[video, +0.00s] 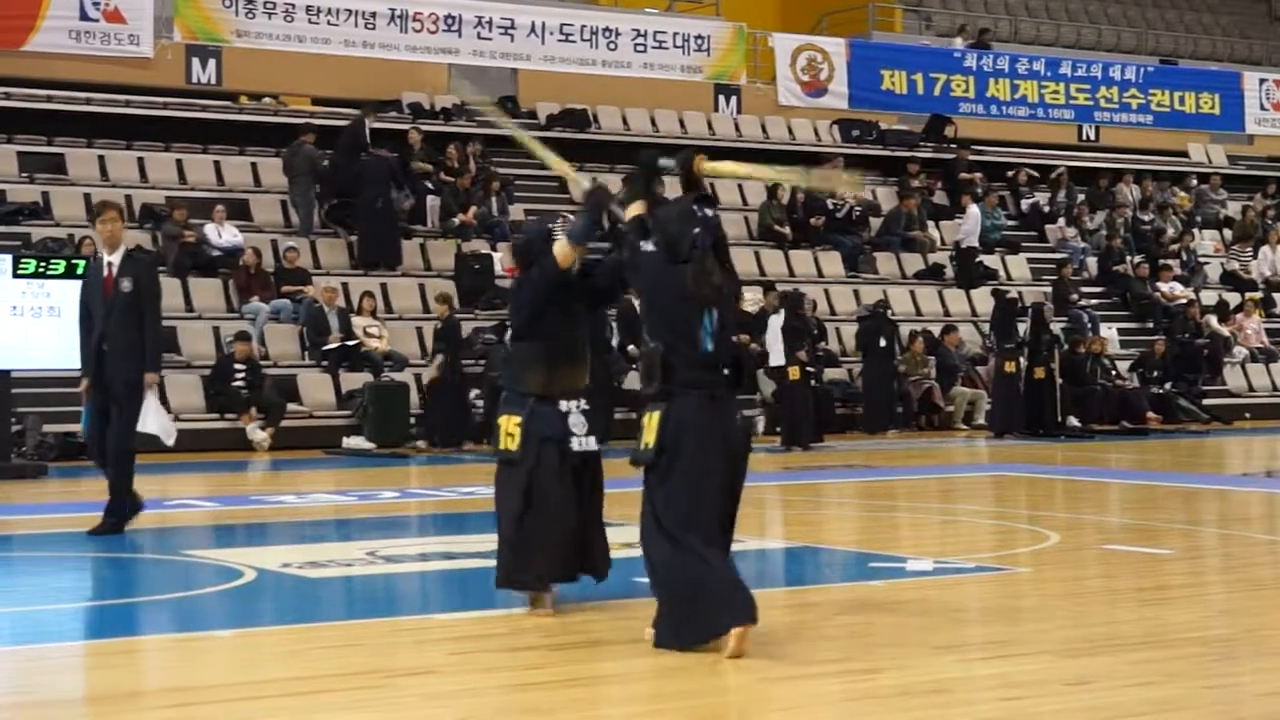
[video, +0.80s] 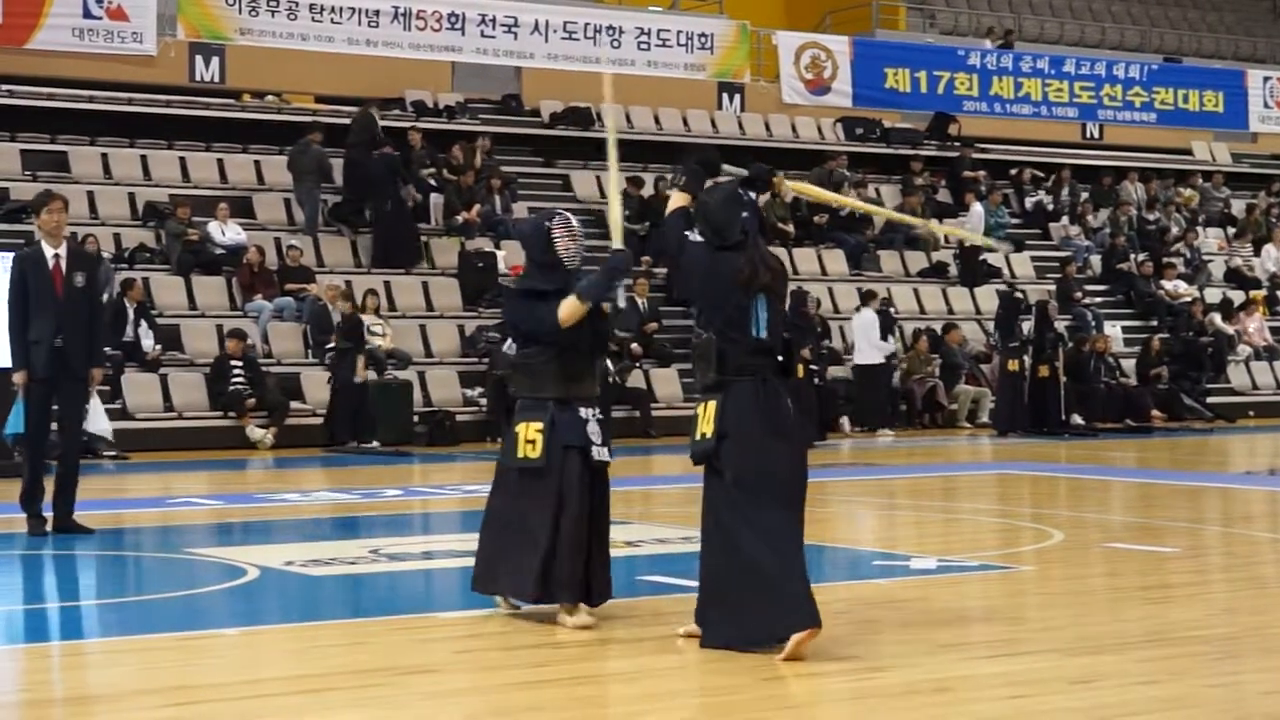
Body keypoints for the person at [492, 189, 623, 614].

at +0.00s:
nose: (568, 250)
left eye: (568, 245)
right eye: (559, 245)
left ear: (531, 253)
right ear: (542, 254)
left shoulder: (580, 286)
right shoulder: (530, 289)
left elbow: (622, 270)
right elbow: (564, 252)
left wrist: (633, 220)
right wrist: (590, 215)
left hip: (570, 404)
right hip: (532, 406)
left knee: (561, 495)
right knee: (536, 496)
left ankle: (543, 585)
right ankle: (537, 588)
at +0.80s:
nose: (575, 244)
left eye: (574, 237)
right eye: (568, 239)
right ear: (548, 246)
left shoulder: (578, 289)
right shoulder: (522, 299)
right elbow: (554, 320)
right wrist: (601, 281)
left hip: (580, 407)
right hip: (546, 409)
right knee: (565, 503)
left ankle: (510, 580)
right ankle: (569, 601)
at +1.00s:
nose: (599, 238)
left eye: (597, 231)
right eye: (590, 231)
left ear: (579, 239)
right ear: (570, 240)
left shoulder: (595, 284)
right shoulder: (555, 291)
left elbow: (626, 333)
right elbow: (601, 304)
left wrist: (648, 328)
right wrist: (655, 269)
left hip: (597, 400)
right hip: (569, 404)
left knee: (582, 495)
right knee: (574, 497)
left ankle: (558, 590)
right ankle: (564, 598)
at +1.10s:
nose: (612, 235)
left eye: (611, 227)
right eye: (604, 228)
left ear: (596, 233)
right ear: (583, 234)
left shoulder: (610, 279)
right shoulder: (564, 282)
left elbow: (642, 341)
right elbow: (610, 320)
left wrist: (653, 332)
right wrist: (662, 289)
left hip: (614, 399)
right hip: (578, 402)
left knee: (613, 496)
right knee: (579, 500)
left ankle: (600, 590)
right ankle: (569, 603)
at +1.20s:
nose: (629, 238)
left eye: (629, 230)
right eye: (620, 230)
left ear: (627, 237)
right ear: (597, 236)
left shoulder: (631, 284)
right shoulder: (571, 291)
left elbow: (657, 342)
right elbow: (617, 332)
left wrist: (682, 295)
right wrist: (666, 300)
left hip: (635, 403)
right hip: (592, 405)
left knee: (662, 492)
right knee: (588, 503)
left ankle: (654, 591)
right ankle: (572, 605)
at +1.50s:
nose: (677, 244)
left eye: (681, 236)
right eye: (670, 236)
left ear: (691, 241)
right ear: (653, 243)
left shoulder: (697, 290)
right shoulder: (635, 296)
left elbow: (713, 339)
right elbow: (610, 353)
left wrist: (675, 329)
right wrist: (620, 320)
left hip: (693, 408)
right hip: (643, 410)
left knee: (691, 502)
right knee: (624, 503)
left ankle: (698, 595)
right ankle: (586, 589)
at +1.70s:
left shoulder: (714, 311)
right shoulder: (653, 307)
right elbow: (629, 356)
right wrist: (647, 340)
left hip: (704, 416)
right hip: (659, 414)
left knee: (694, 508)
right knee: (643, 506)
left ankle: (694, 595)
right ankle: (635, 592)